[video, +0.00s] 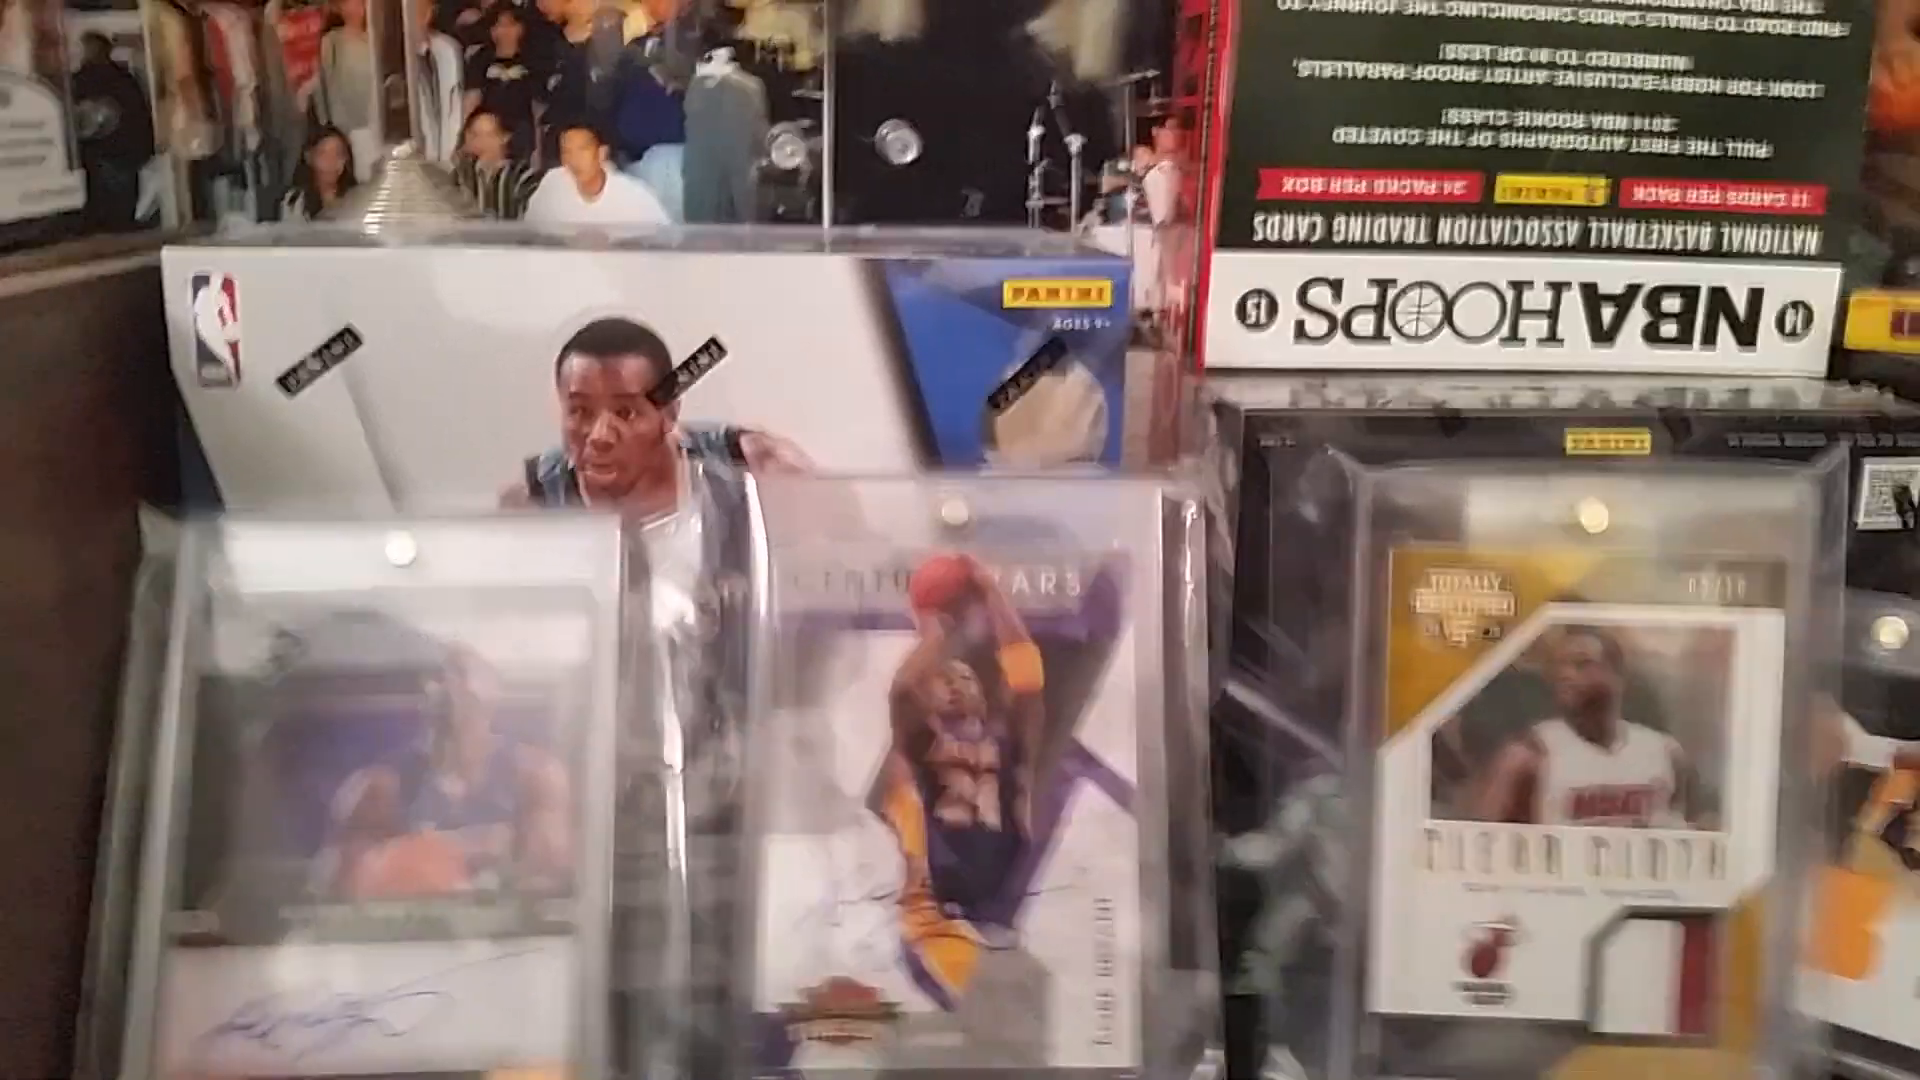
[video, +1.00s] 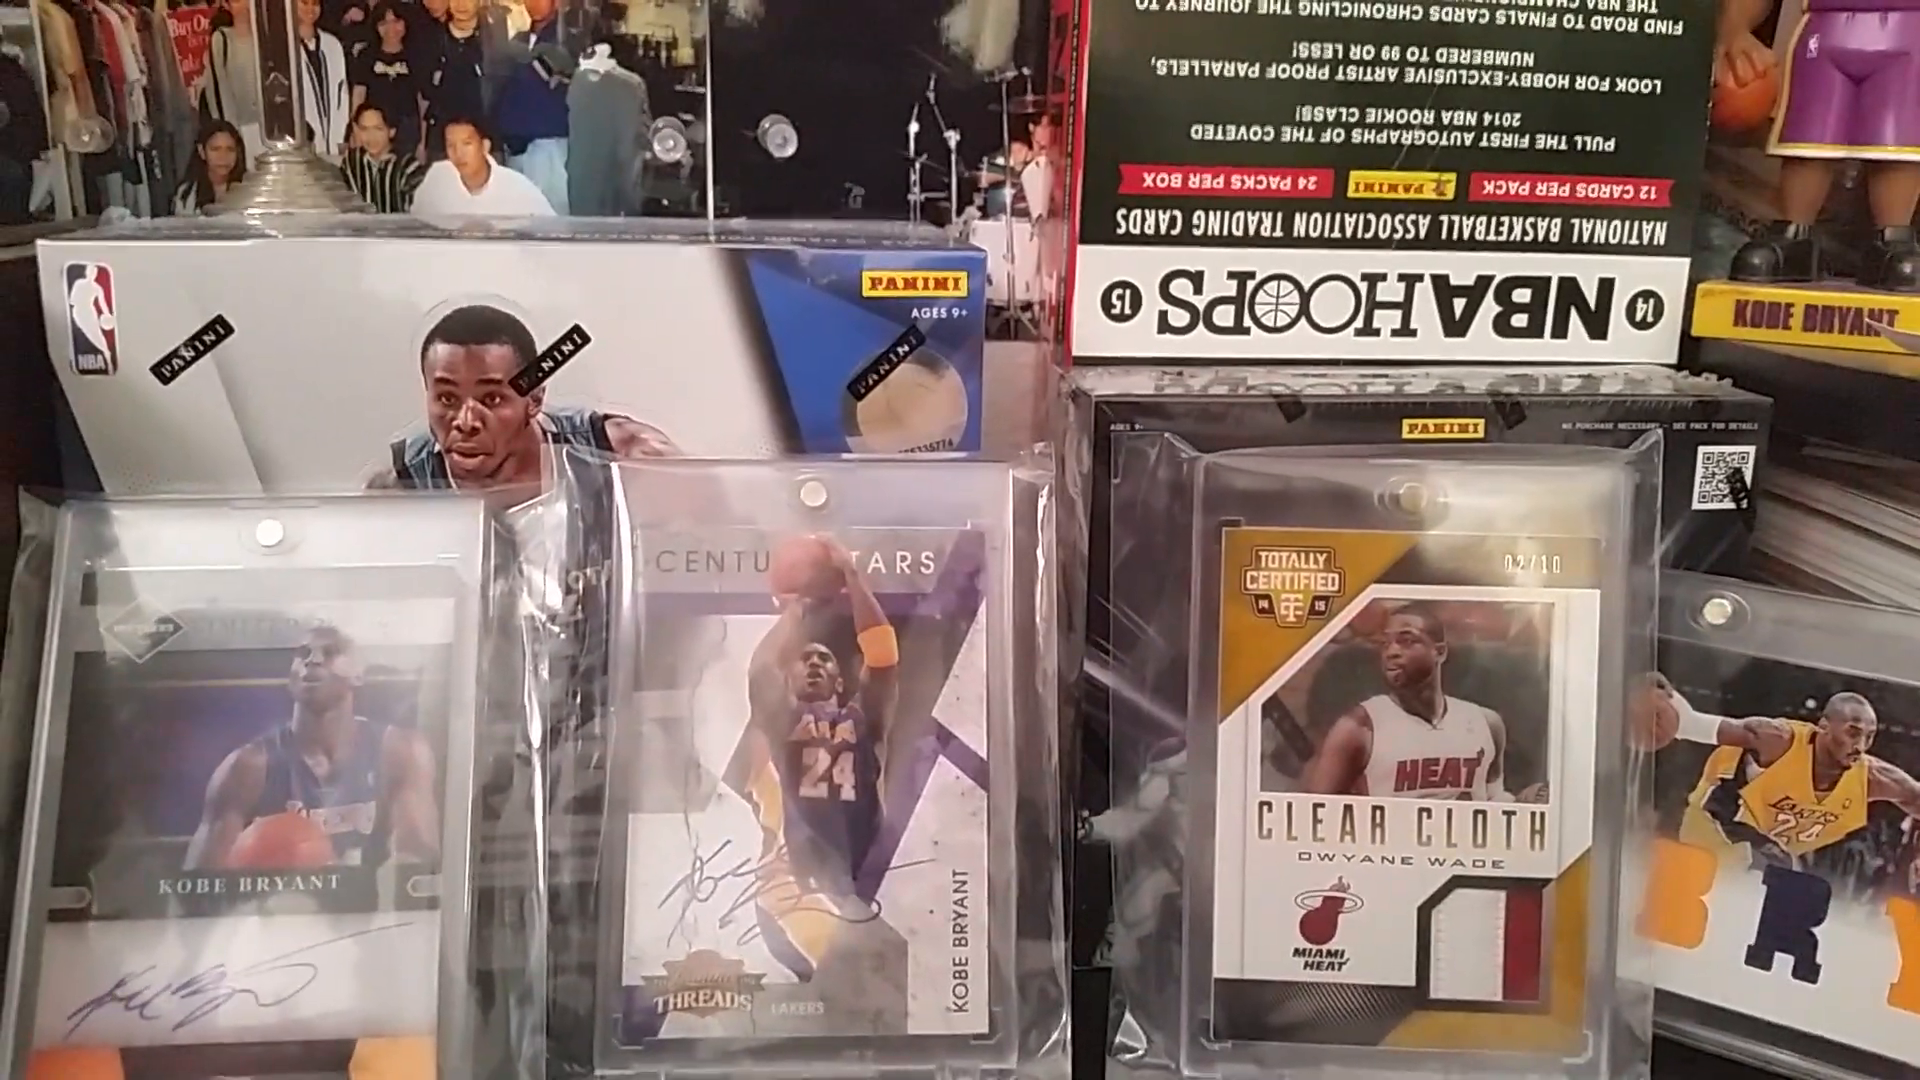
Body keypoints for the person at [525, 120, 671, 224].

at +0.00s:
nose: (573, 159)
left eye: (583, 149)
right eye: (567, 151)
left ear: (602, 153)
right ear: (561, 156)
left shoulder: (633, 193)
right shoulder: (553, 183)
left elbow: (669, 239)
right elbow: (528, 232)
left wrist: (614, 244)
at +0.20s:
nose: (506, 156)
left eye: (514, 147)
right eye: (500, 148)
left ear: (534, 148)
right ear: (494, 152)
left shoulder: (565, 189)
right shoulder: (484, 180)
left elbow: (601, 234)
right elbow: (460, 227)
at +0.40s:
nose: (466, 154)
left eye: (474, 144)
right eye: (459, 147)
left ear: (493, 147)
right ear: (453, 151)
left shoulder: (525, 186)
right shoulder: (445, 177)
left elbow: (562, 232)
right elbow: (421, 226)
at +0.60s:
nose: (447, 156)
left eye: (457, 146)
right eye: (440, 148)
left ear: (476, 149)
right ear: (434, 153)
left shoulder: (508, 189)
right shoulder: (426, 179)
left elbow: (544, 232)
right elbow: (402, 228)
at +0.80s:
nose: (441, 156)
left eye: (449, 146)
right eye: (433, 148)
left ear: (467, 148)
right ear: (428, 153)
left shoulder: (499, 187)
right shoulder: (420, 178)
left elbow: (536, 232)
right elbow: (396, 227)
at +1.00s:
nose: (459, 154)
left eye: (467, 144)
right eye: (451, 146)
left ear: (485, 146)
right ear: (446, 151)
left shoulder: (516, 185)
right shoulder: (438, 176)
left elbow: (553, 231)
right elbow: (414, 225)